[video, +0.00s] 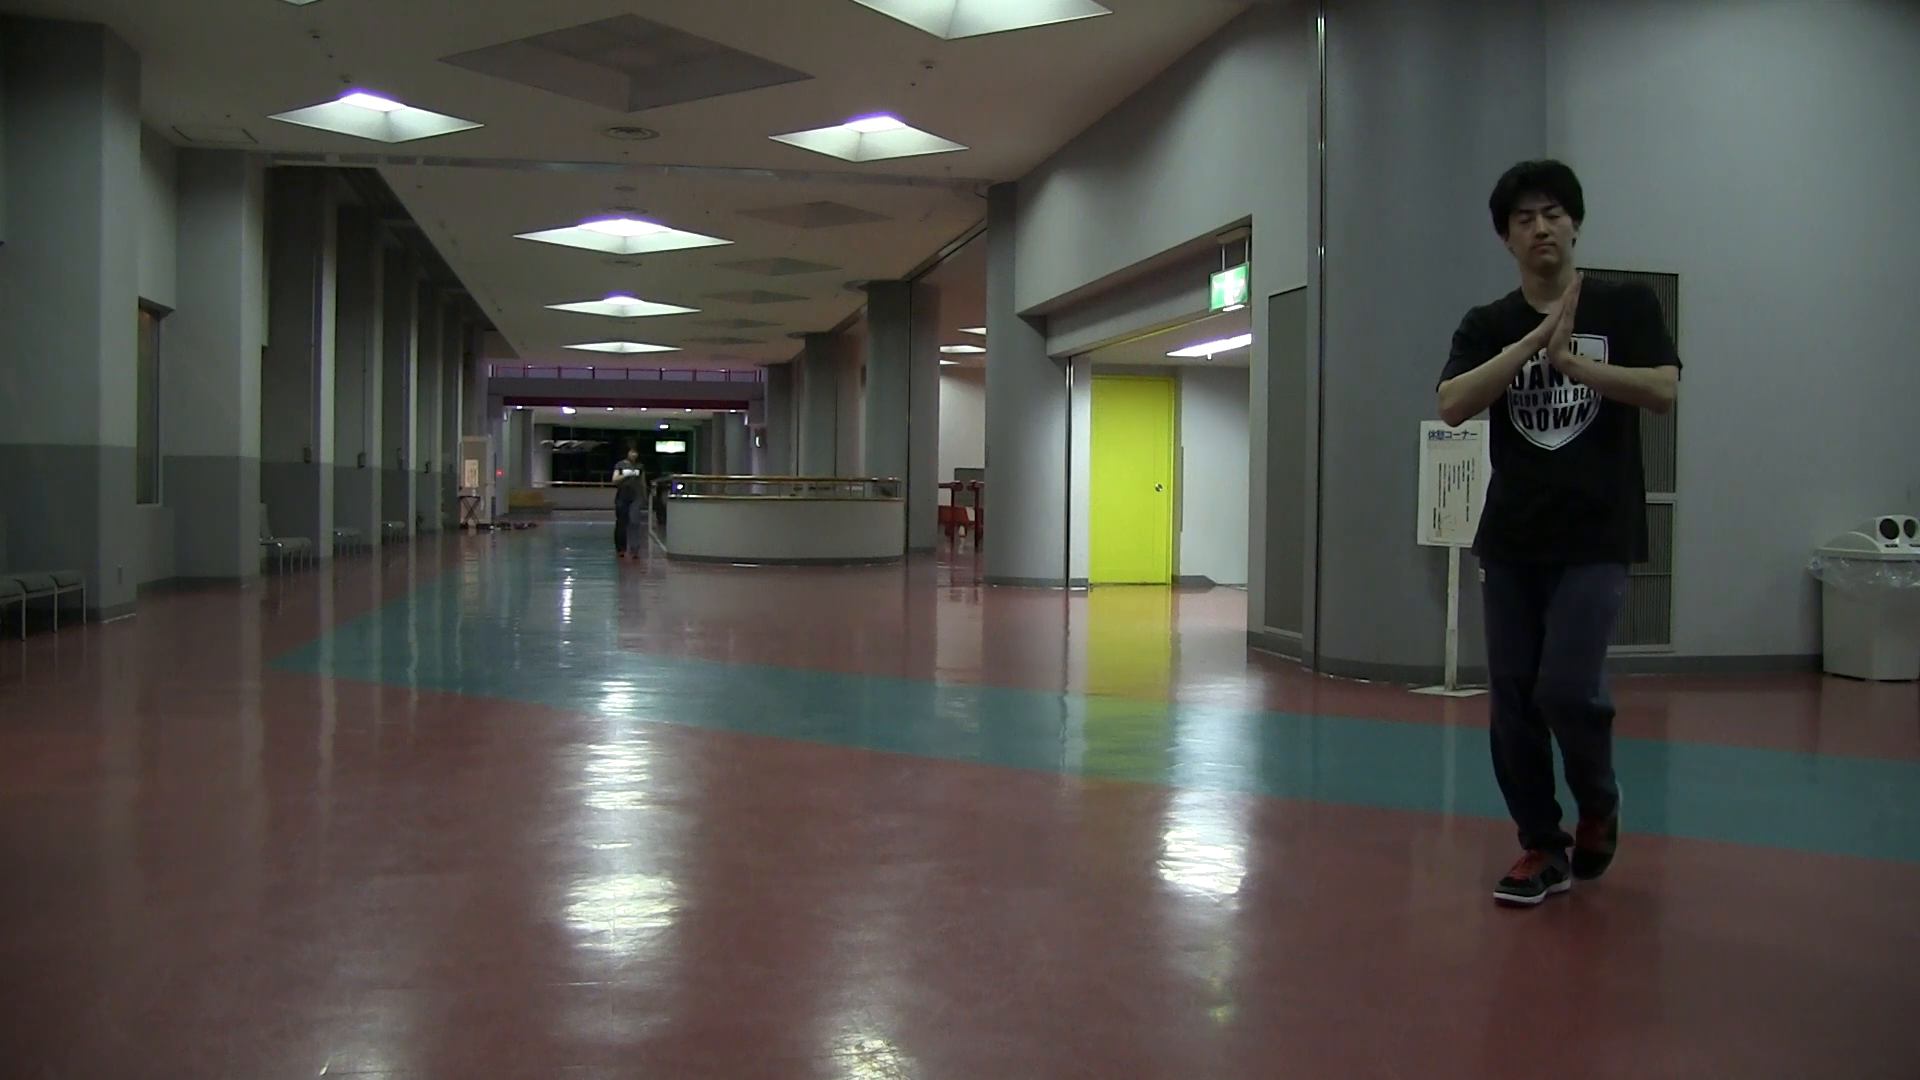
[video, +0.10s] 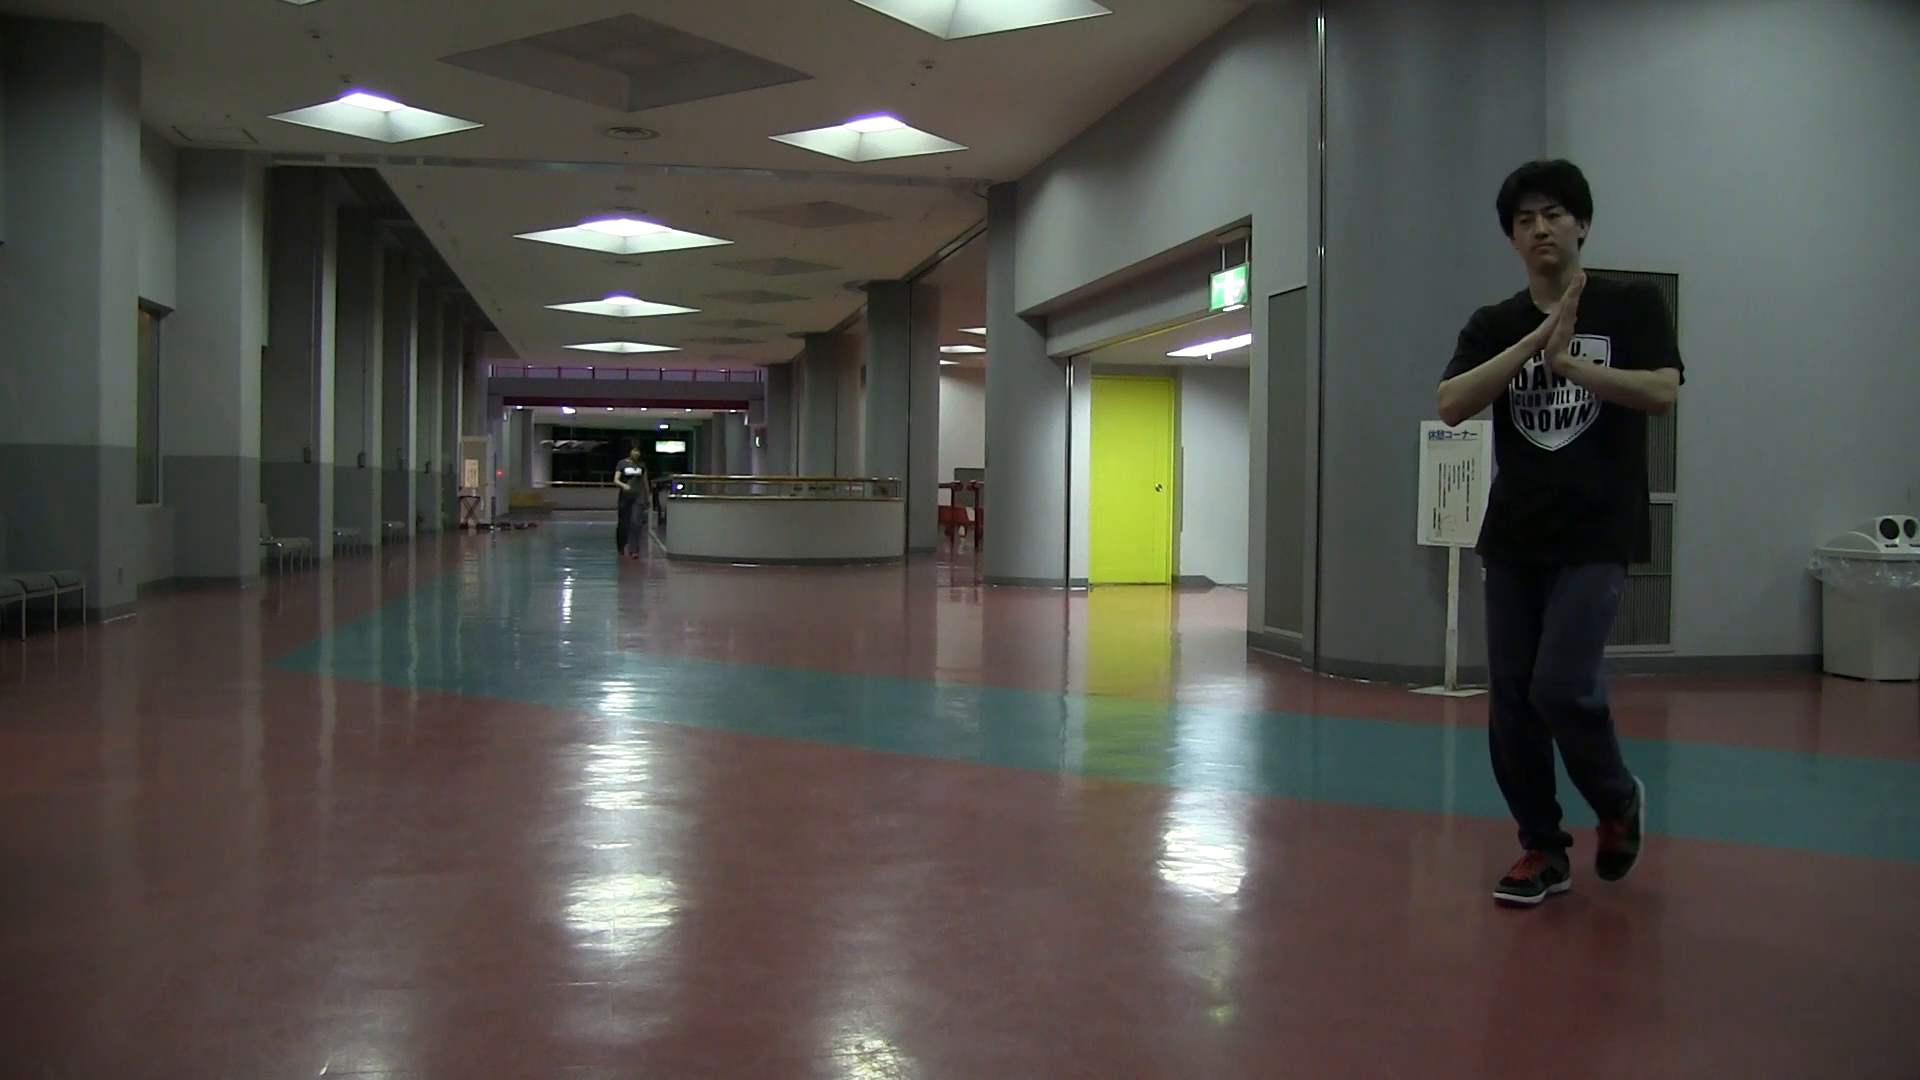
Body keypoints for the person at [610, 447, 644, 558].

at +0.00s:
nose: (634, 454)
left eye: (636, 452)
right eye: (632, 452)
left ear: (638, 454)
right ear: (628, 453)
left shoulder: (640, 467)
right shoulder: (620, 465)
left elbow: (643, 483)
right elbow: (614, 479)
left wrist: (644, 497)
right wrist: (626, 475)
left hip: (636, 498)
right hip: (622, 498)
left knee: (634, 522)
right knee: (621, 522)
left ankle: (634, 550)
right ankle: (620, 548)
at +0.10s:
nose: (637, 453)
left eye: (638, 451)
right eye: (635, 451)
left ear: (640, 454)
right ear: (630, 452)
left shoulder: (642, 466)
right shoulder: (622, 464)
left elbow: (645, 482)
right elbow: (616, 479)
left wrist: (648, 496)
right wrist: (624, 485)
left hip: (638, 498)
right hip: (625, 498)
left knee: (635, 522)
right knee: (623, 522)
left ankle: (634, 550)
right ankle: (621, 547)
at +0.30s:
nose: (639, 451)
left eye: (641, 449)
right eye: (638, 448)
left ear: (643, 451)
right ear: (633, 450)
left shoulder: (646, 463)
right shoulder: (625, 462)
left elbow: (649, 479)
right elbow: (618, 479)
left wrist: (652, 494)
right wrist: (615, 495)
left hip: (643, 497)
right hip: (629, 496)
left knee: (641, 524)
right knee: (631, 521)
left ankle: (636, 551)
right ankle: (627, 549)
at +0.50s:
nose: (643, 453)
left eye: (645, 451)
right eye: (641, 451)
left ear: (647, 453)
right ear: (637, 452)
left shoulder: (649, 466)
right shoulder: (629, 465)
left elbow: (652, 479)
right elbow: (620, 481)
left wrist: (652, 481)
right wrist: (615, 497)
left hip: (645, 499)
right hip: (632, 499)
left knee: (644, 526)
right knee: (636, 524)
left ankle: (636, 549)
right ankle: (638, 552)